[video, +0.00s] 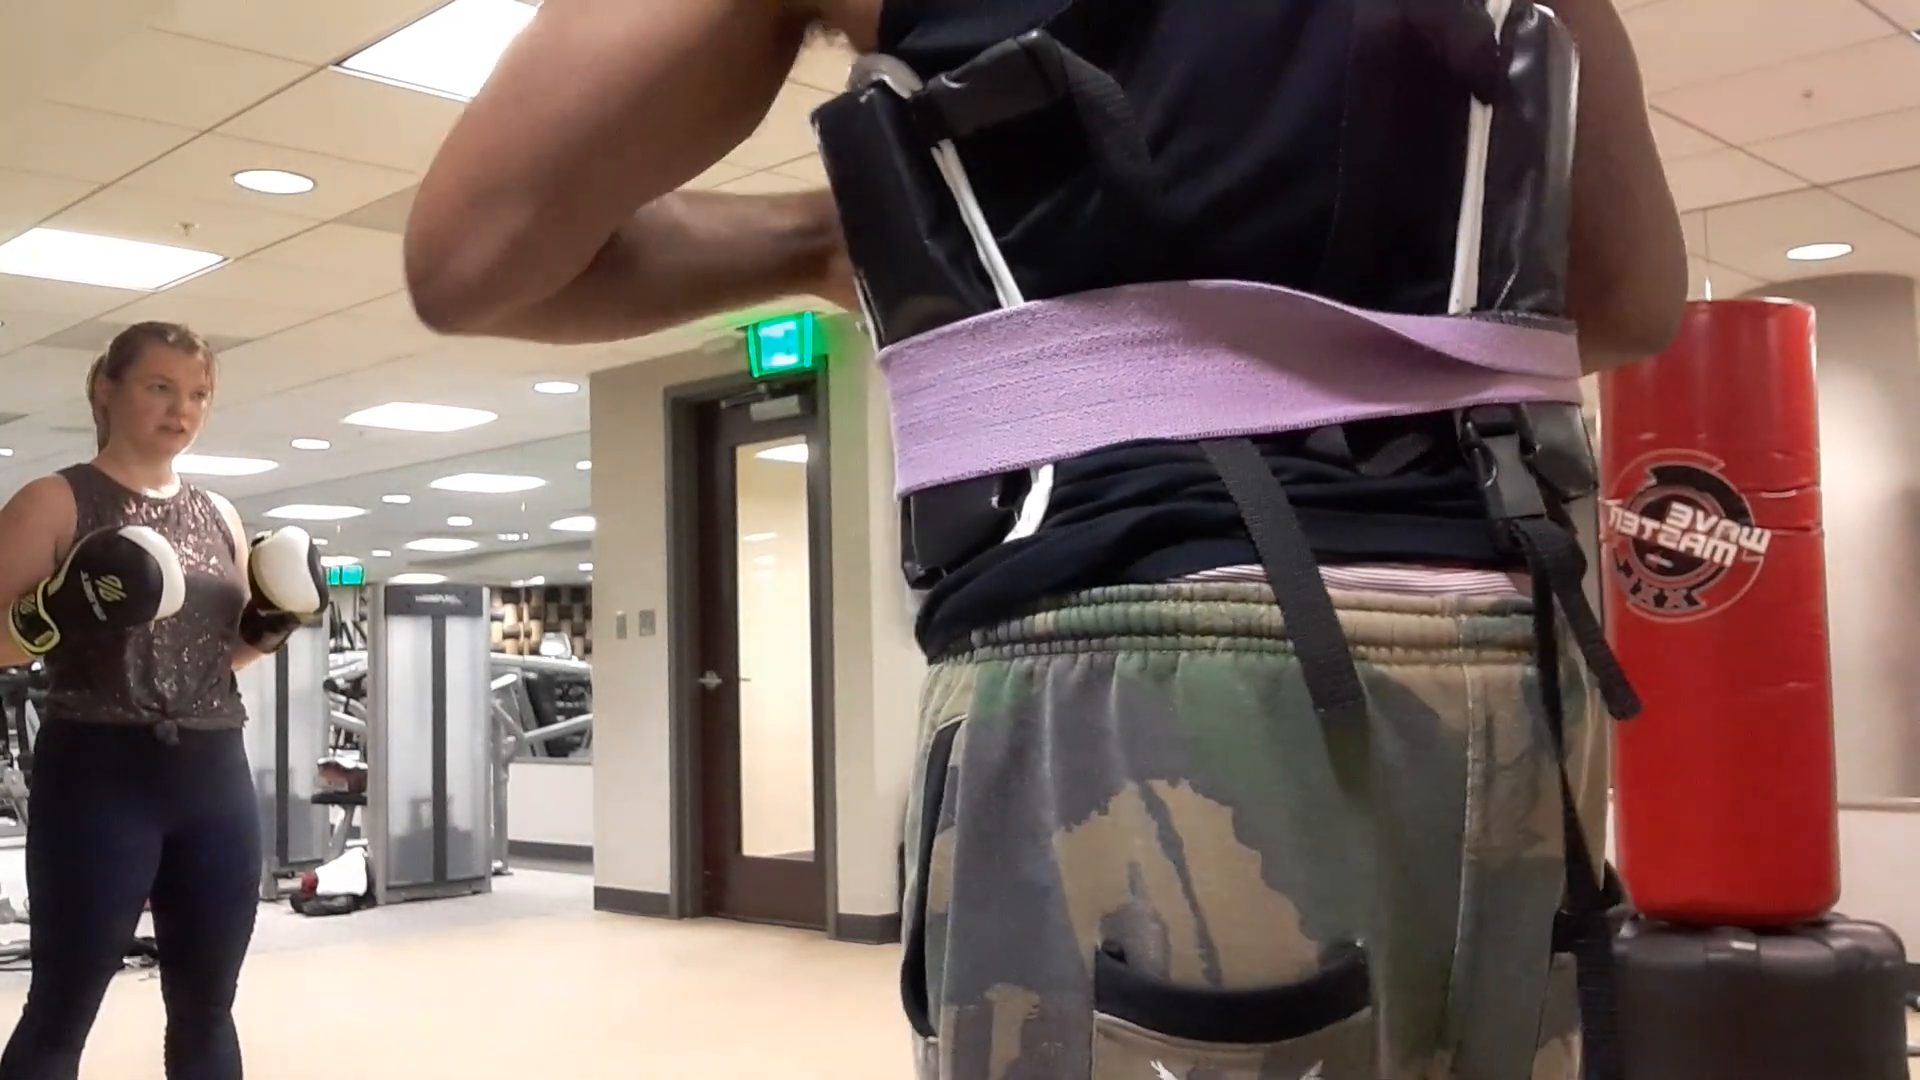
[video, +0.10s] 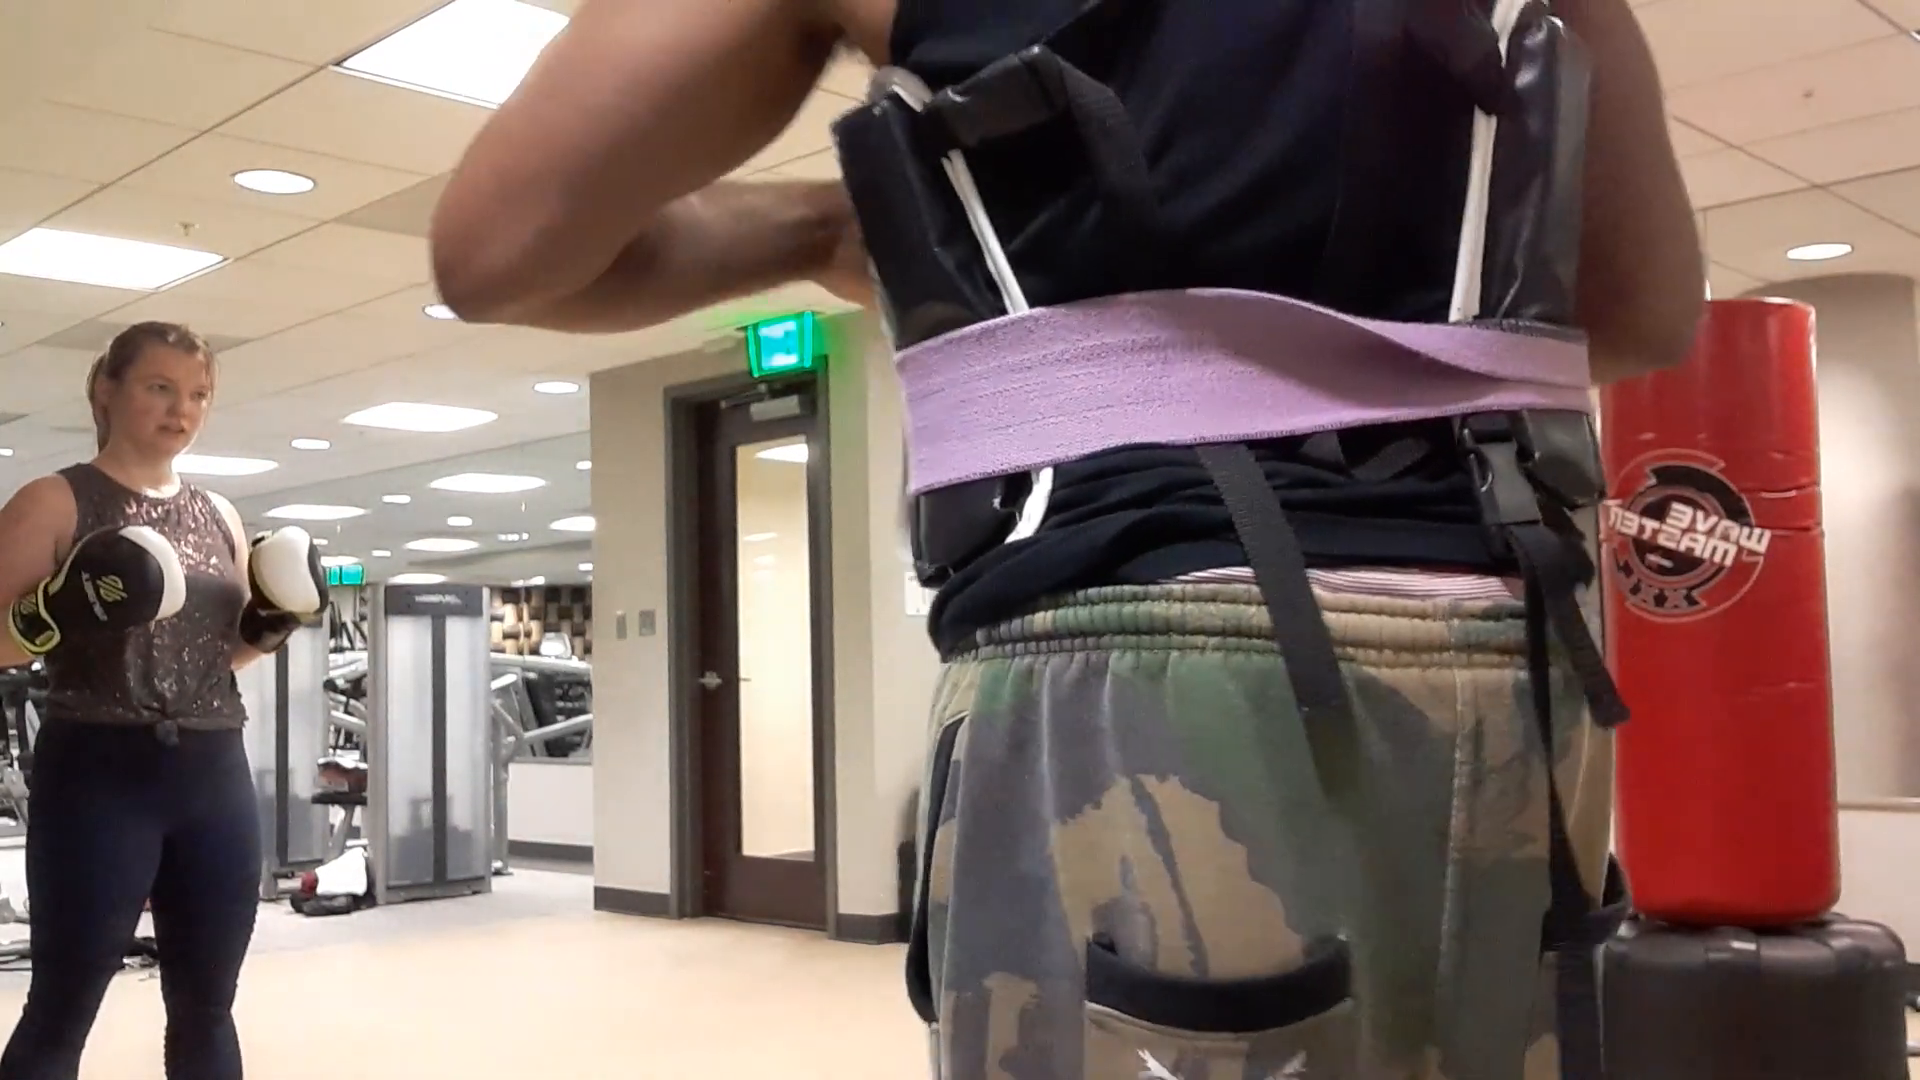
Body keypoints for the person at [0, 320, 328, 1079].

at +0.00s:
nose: (182, 409)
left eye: (197, 395)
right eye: (160, 388)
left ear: (207, 408)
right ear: (105, 392)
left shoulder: (221, 518)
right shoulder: (53, 503)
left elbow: (220, 660)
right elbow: (4, 646)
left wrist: (277, 617)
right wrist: (62, 609)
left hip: (216, 777)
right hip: (95, 777)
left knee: (207, 1010)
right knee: (61, 1011)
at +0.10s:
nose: (182, 409)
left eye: (196, 395)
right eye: (160, 388)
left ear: (207, 408)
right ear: (105, 392)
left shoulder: (221, 518)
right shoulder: (53, 504)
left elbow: (221, 659)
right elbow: (3, 646)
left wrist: (277, 616)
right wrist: (62, 609)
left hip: (216, 776)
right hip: (95, 776)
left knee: (208, 1006)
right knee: (64, 1006)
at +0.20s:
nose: (182, 409)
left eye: (197, 395)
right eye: (160, 388)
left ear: (207, 408)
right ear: (105, 392)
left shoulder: (221, 518)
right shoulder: (53, 503)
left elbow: (223, 659)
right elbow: (3, 646)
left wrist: (278, 616)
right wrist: (61, 609)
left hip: (216, 776)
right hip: (95, 776)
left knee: (208, 1007)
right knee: (63, 1006)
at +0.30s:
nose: (182, 409)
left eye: (197, 395)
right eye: (160, 388)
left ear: (207, 407)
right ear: (105, 392)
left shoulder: (221, 517)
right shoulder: (53, 503)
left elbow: (223, 658)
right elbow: (4, 646)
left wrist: (277, 616)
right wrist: (62, 607)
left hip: (216, 776)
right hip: (95, 775)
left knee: (208, 1005)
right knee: (65, 1003)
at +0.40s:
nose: (182, 409)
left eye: (197, 395)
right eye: (160, 388)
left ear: (207, 407)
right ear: (105, 392)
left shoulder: (222, 518)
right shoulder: (53, 502)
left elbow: (222, 658)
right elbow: (3, 645)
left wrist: (278, 615)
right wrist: (63, 606)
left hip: (216, 776)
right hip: (95, 775)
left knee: (208, 1007)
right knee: (64, 1004)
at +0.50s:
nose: (181, 409)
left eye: (196, 395)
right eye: (160, 388)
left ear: (207, 407)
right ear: (105, 392)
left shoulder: (222, 517)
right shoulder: (53, 503)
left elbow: (222, 659)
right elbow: (3, 645)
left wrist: (278, 616)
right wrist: (64, 607)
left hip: (216, 777)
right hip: (95, 777)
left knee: (208, 1008)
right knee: (63, 1008)